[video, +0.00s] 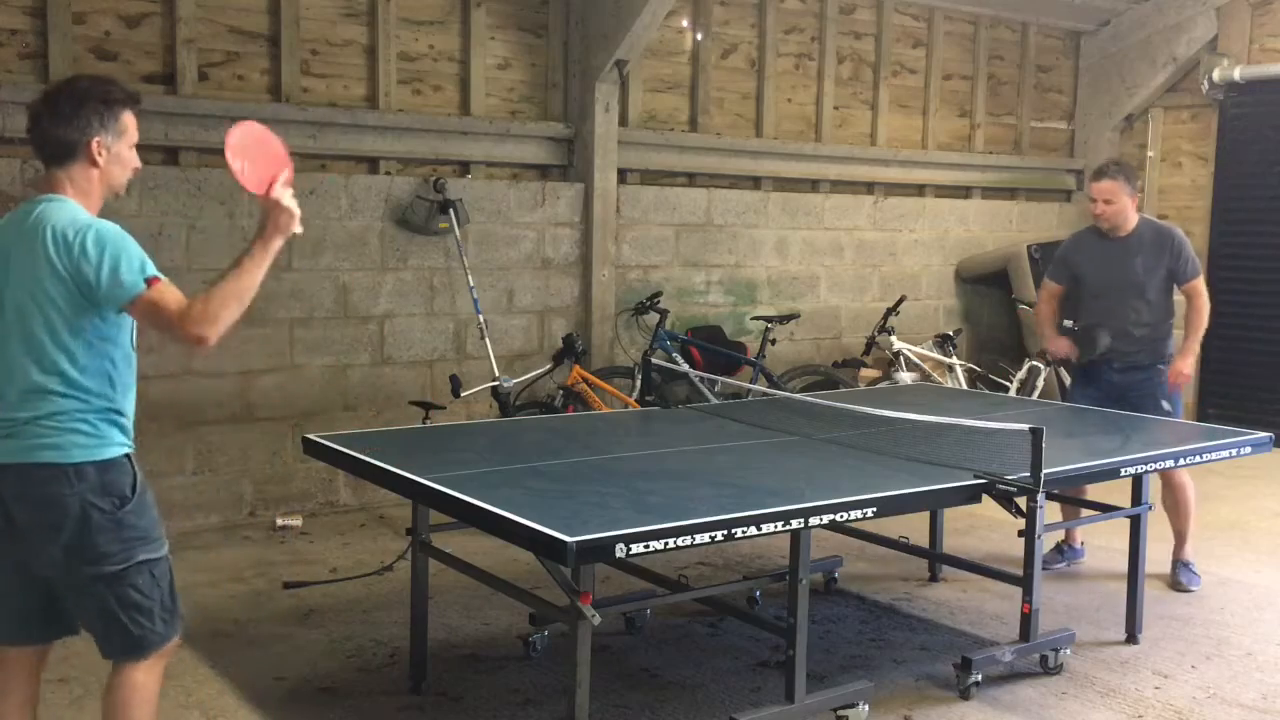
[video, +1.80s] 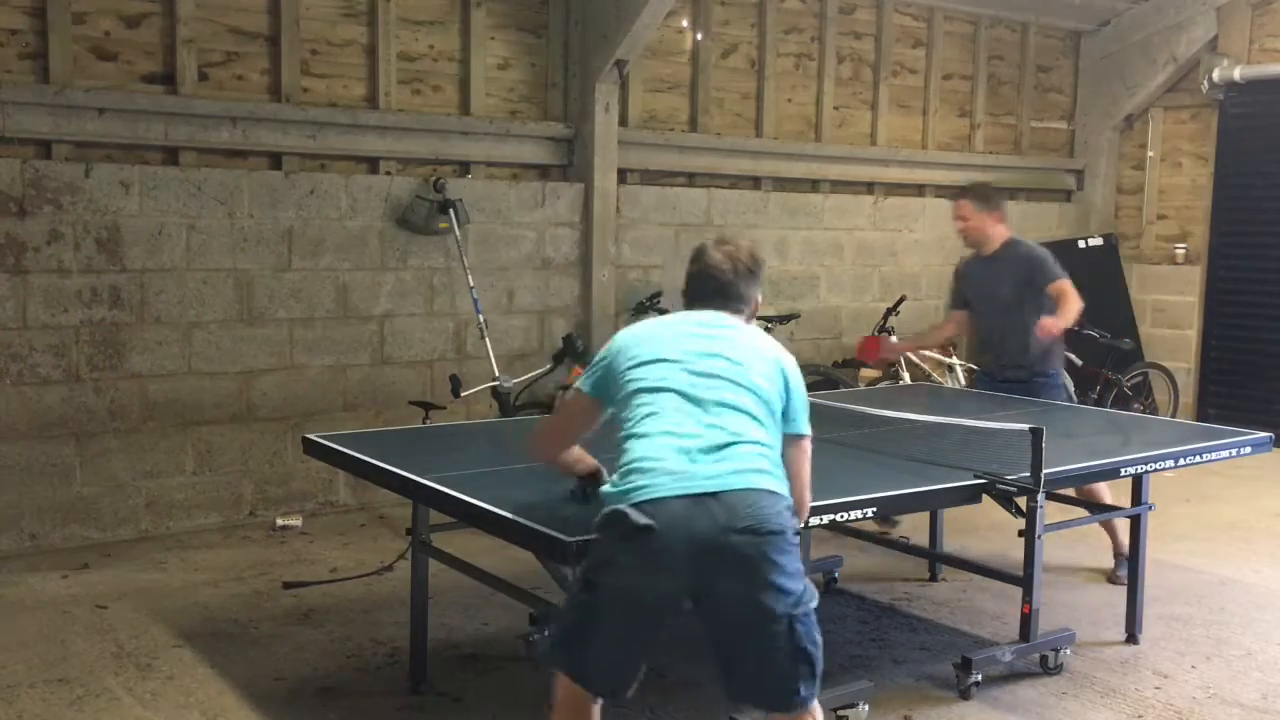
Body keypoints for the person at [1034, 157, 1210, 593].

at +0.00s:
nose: (1097, 210)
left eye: (1106, 202)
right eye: (1093, 201)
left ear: (1133, 199)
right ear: (1088, 201)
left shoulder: (1167, 241)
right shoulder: (1074, 248)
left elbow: (1197, 297)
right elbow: (1047, 297)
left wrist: (1188, 354)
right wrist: (1050, 335)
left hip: (1151, 377)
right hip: (1090, 378)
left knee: (1170, 467)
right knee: (1069, 461)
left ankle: (1183, 556)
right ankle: (1070, 542)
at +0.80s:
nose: (1145, 201)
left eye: (1155, 193)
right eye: (1139, 193)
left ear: (1178, 197)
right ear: (1131, 195)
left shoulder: (1205, 243)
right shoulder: (1113, 244)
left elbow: (1229, 303)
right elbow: (1078, 296)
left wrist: (1234, 360)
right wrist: (1048, 335)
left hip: (1174, 373)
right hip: (1113, 368)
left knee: (1191, 466)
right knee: (1080, 450)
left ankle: (1207, 555)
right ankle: (1069, 541)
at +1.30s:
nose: (1105, 202)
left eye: (1115, 194)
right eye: (1099, 194)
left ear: (1134, 199)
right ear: (1092, 198)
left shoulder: (1156, 250)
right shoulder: (1071, 248)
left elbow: (1184, 305)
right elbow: (1048, 296)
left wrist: (1202, 358)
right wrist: (1024, 339)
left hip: (1130, 376)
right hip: (1074, 372)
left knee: (1157, 464)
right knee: (1057, 452)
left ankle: (1197, 552)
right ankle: (1051, 524)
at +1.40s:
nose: (1081, 201)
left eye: (1091, 193)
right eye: (1076, 193)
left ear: (1113, 197)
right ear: (1070, 198)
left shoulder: (1136, 246)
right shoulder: (1054, 249)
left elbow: (1161, 303)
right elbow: (1029, 298)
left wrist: (1170, 364)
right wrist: (1004, 334)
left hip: (1118, 372)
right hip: (1065, 370)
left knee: (1133, 455)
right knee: (1050, 448)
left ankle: (1164, 541)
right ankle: (1049, 523)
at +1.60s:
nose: (1037, 215)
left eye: (1045, 206)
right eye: (1034, 207)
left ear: (1072, 206)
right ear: (1035, 210)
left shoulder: (1105, 257)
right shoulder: (1031, 259)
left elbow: (1136, 319)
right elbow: (1013, 313)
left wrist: (1119, 373)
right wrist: (959, 339)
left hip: (1090, 381)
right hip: (1039, 376)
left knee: (1109, 468)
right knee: (1004, 435)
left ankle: (1127, 548)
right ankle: (1013, 510)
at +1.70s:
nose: (1001, 224)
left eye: (1008, 215)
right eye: (1000, 216)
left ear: (1038, 215)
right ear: (1016, 219)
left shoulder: (1074, 261)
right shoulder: (1007, 267)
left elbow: (1102, 319)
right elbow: (995, 319)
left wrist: (1080, 349)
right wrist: (948, 345)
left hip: (1071, 384)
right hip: (1021, 379)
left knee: (1093, 462)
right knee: (966, 429)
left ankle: (1125, 548)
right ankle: (929, 506)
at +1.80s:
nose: (958, 227)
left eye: (964, 218)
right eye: (956, 219)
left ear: (994, 217)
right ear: (973, 222)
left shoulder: (1031, 257)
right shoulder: (968, 270)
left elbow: (1071, 301)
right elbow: (954, 326)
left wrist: (1059, 321)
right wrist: (902, 346)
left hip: (1043, 385)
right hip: (990, 384)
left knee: (1081, 464)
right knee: (939, 441)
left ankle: (1123, 547)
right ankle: (890, 505)